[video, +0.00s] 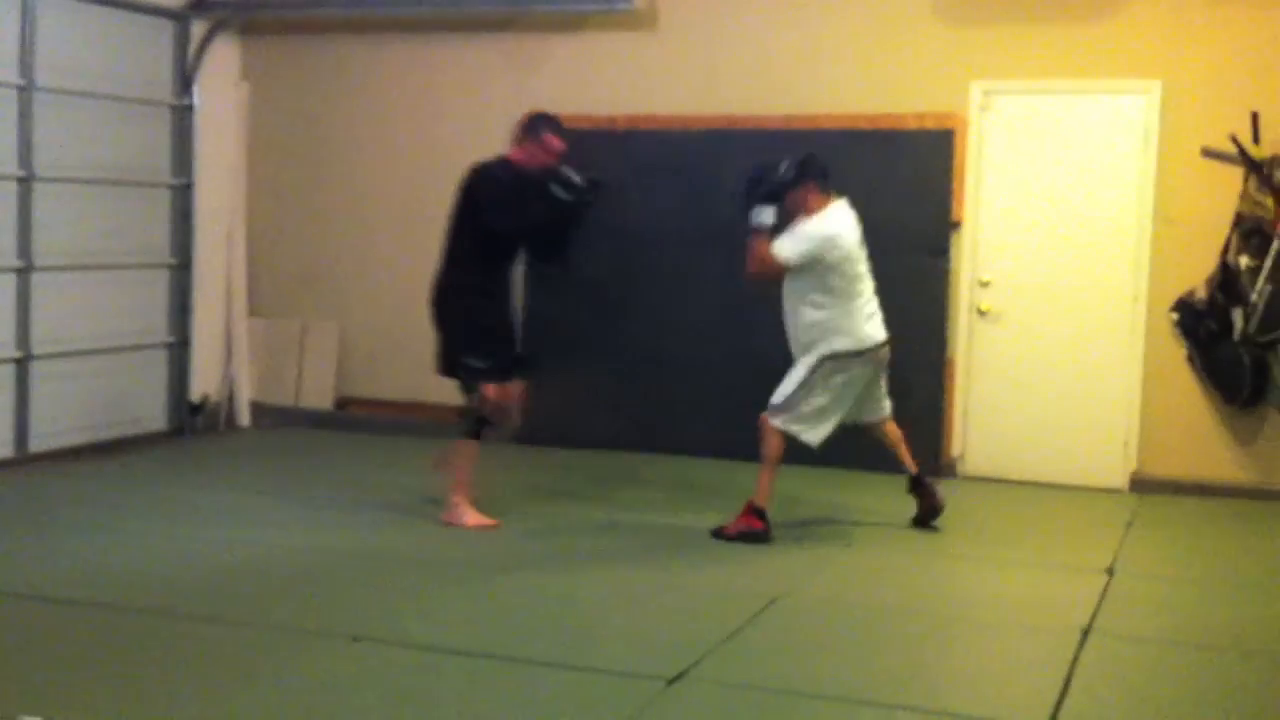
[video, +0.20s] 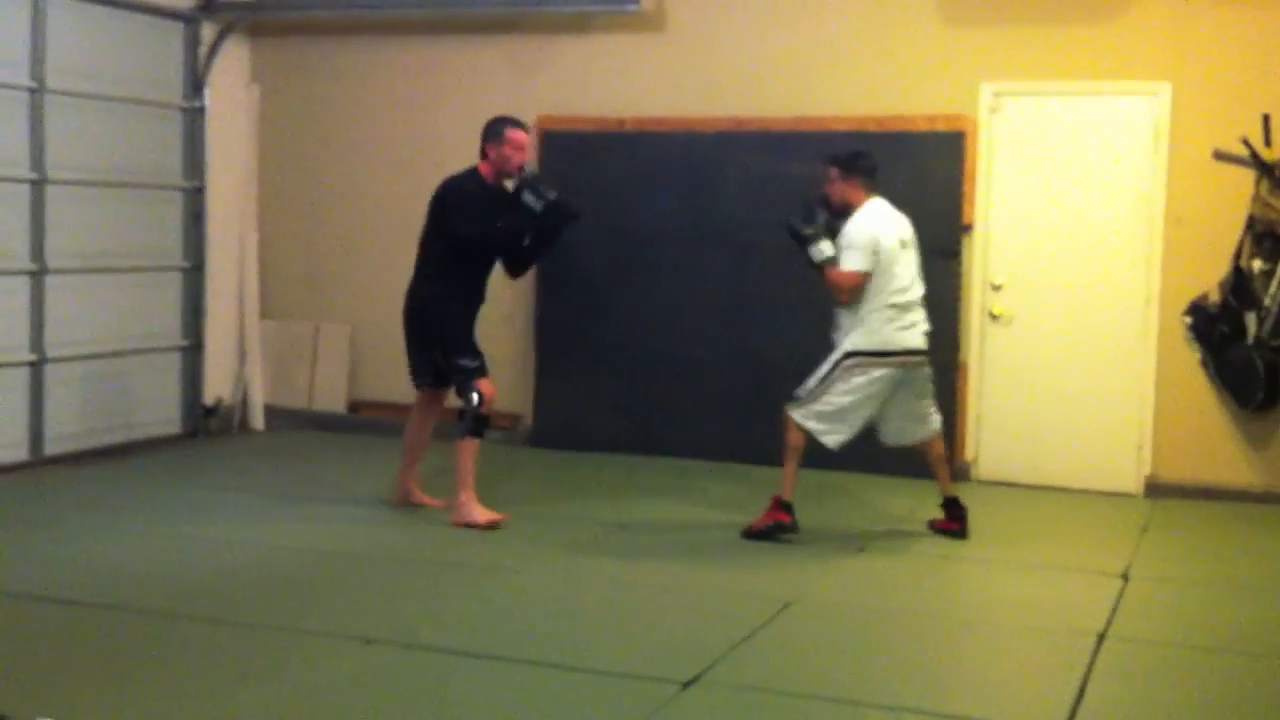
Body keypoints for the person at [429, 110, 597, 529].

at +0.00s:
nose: (550, 164)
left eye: (555, 156)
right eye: (546, 153)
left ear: (551, 155)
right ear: (524, 144)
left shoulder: (532, 185)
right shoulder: (490, 177)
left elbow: (546, 249)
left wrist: (571, 202)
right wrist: (558, 196)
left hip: (496, 303)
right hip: (463, 301)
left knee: (507, 400)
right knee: (485, 398)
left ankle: (451, 458)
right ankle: (458, 500)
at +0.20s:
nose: (523, 159)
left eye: (526, 151)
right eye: (517, 150)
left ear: (519, 154)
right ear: (490, 149)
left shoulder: (506, 201)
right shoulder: (458, 191)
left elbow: (516, 266)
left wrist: (552, 225)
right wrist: (522, 212)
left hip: (454, 311)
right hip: (433, 310)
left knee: (430, 398)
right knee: (478, 394)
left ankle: (406, 485)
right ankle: (465, 500)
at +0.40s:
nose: (507, 143)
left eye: (508, 134)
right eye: (500, 134)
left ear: (489, 139)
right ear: (474, 136)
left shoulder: (485, 188)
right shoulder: (448, 184)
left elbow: (494, 247)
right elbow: (480, 244)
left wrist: (532, 226)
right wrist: (519, 219)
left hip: (450, 305)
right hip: (430, 305)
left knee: (432, 393)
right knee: (470, 389)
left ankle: (417, 483)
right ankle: (418, 484)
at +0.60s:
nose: (475, 150)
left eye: (477, 142)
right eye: (471, 140)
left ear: (452, 139)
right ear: (444, 135)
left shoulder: (454, 183)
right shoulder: (415, 185)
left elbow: (486, 229)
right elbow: (459, 230)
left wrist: (521, 193)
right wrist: (492, 182)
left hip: (447, 309)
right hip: (416, 310)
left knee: (445, 400)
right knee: (416, 405)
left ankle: (417, 484)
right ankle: (369, 500)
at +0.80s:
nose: (468, 148)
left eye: (471, 139)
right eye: (463, 138)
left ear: (449, 139)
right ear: (437, 134)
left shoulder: (449, 183)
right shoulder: (409, 183)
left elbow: (472, 241)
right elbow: (454, 233)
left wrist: (504, 208)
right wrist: (477, 186)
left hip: (448, 307)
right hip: (413, 309)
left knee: (502, 382)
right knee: (408, 405)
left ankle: (472, 479)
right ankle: (368, 502)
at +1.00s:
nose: (481, 153)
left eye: (485, 144)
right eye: (475, 143)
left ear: (486, 147)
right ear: (452, 142)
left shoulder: (478, 187)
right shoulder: (425, 189)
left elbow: (512, 237)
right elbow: (459, 239)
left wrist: (525, 188)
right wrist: (489, 190)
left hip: (472, 311)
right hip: (429, 313)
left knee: (503, 401)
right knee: (418, 409)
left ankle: (538, 501)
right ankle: (367, 502)